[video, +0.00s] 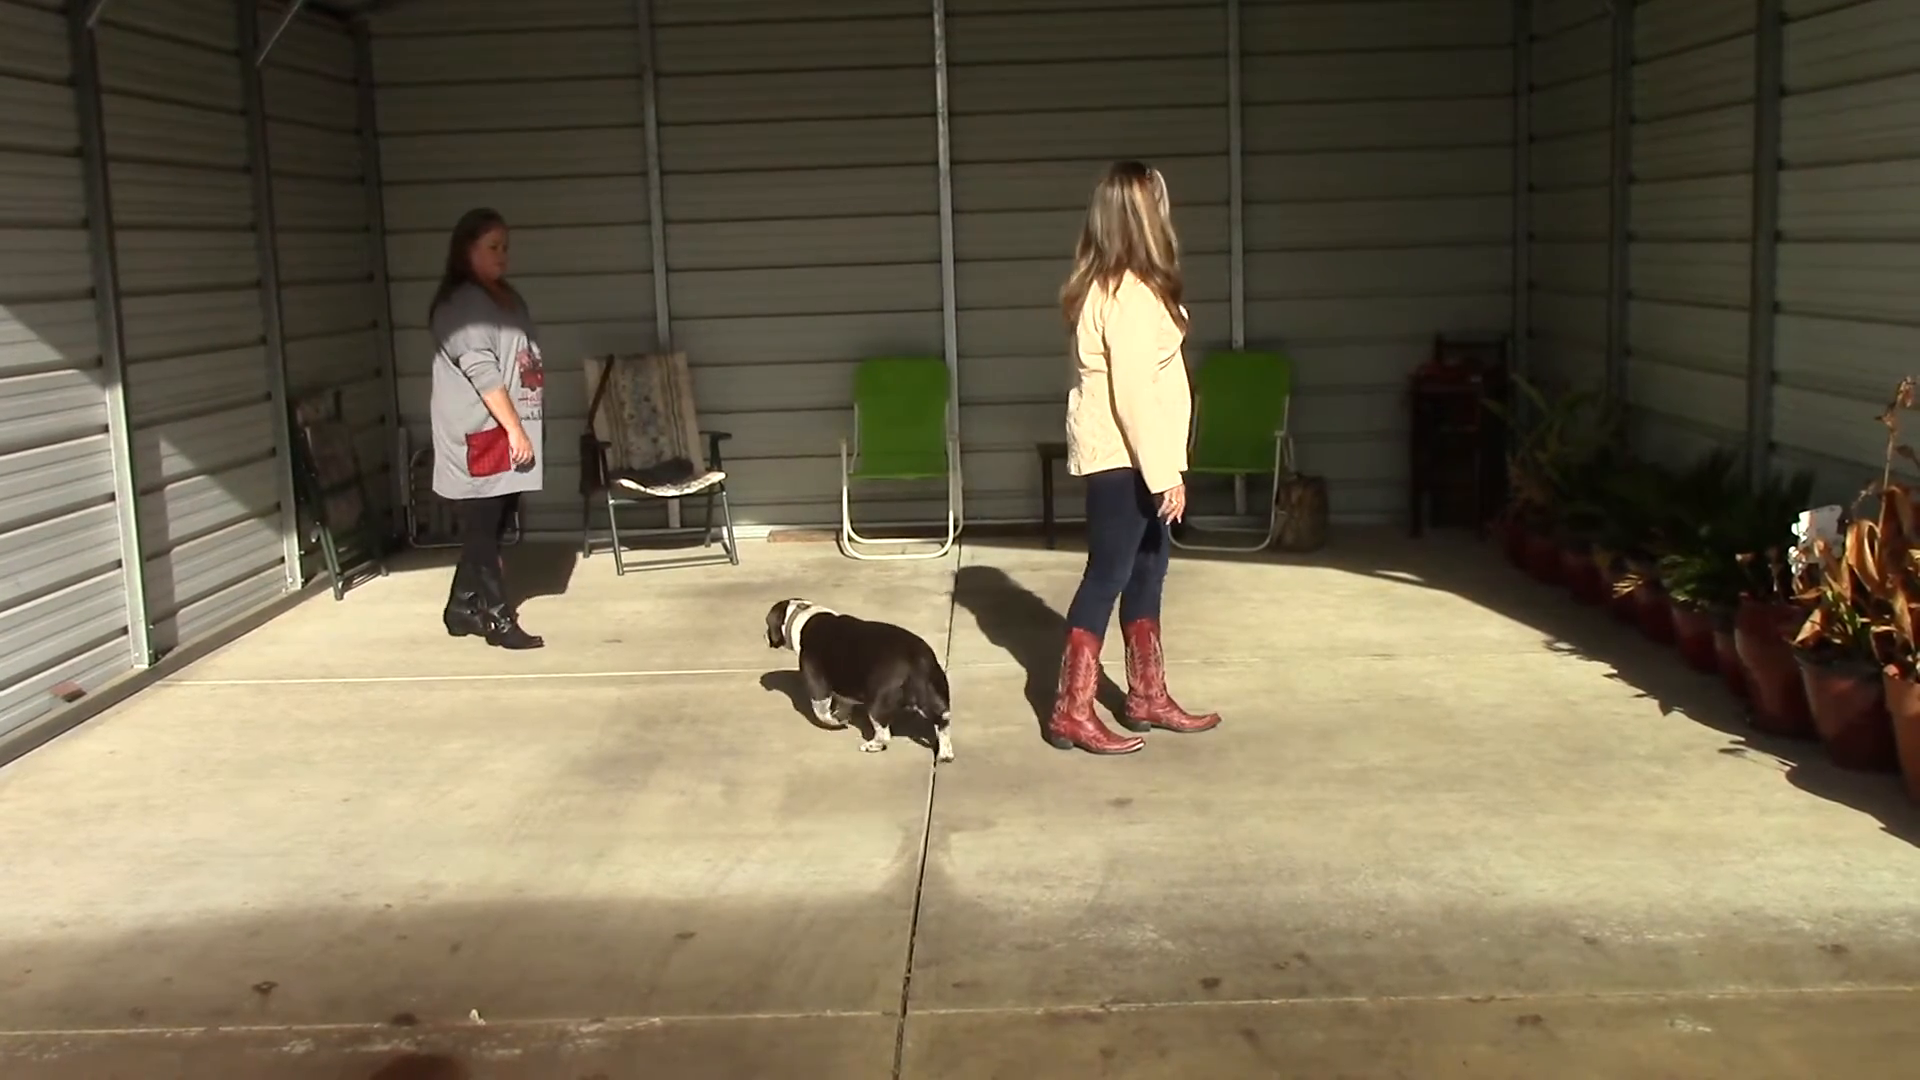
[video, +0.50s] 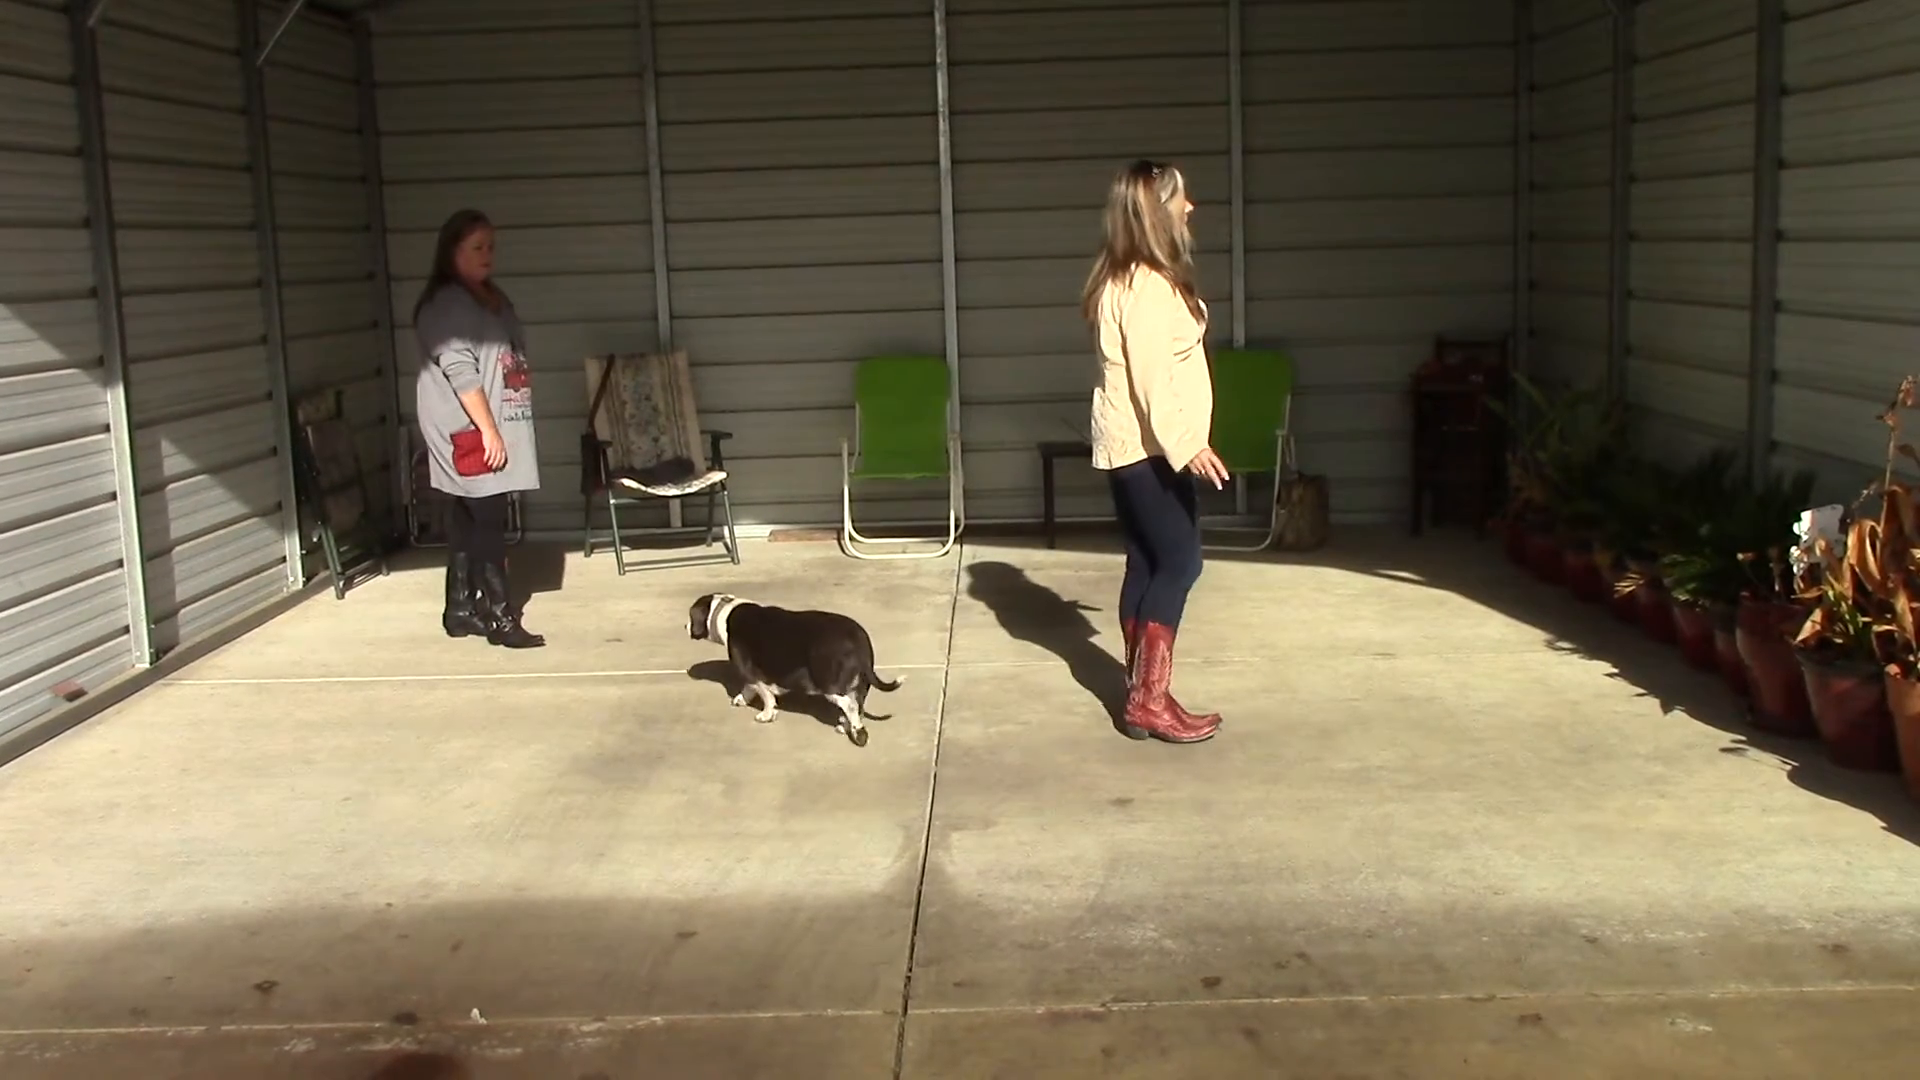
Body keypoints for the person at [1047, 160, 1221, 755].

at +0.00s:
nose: (1168, 219)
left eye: (1163, 208)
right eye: (1162, 210)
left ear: (1107, 217)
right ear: (1148, 218)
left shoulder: (1126, 286)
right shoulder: (1126, 292)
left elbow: (1147, 390)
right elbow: (1134, 397)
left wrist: (1171, 466)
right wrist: (1164, 477)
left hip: (1139, 451)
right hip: (1116, 454)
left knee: (1149, 564)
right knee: (1110, 570)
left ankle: (1147, 696)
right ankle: (1071, 710)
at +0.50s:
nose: (1190, 211)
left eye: (1187, 202)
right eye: (1182, 204)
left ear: (1137, 213)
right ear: (1157, 212)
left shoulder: (1129, 277)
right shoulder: (1145, 282)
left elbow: (1139, 375)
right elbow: (1151, 378)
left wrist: (1182, 433)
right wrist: (1183, 443)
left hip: (1131, 446)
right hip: (1143, 447)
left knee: (1145, 560)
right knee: (1180, 557)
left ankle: (1142, 692)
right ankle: (1149, 697)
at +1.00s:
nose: (1204, 205)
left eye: (1201, 196)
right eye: (1195, 197)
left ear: (1152, 207)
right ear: (1172, 207)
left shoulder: (1137, 273)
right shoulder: (1165, 275)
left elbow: (1162, 363)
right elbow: (1171, 363)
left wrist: (1218, 399)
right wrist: (1217, 406)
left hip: (1141, 440)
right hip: (1161, 442)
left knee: (1155, 561)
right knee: (1168, 562)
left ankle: (1146, 694)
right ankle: (1151, 700)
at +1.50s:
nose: (1219, 210)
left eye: (1216, 200)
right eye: (1211, 201)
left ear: (1164, 209)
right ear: (1186, 210)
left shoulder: (1148, 276)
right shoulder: (1167, 282)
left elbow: (1172, 366)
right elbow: (1174, 371)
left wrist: (1230, 384)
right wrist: (1236, 396)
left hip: (1150, 442)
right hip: (1171, 443)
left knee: (1164, 559)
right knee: (1188, 562)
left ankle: (1149, 691)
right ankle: (1156, 698)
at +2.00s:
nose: (1216, 209)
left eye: (1214, 198)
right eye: (1209, 199)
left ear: (1165, 206)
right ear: (1184, 206)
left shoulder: (1144, 271)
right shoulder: (1175, 272)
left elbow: (1167, 358)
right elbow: (1181, 356)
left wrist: (1237, 376)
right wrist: (1243, 382)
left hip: (1142, 439)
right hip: (1170, 440)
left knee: (1160, 558)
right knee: (1191, 559)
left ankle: (1150, 691)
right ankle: (1156, 698)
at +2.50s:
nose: (1220, 205)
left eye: (1217, 195)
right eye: (1211, 196)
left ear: (1169, 204)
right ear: (1186, 205)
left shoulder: (1151, 272)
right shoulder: (1169, 277)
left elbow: (1178, 364)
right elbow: (1176, 366)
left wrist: (1233, 391)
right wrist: (1233, 400)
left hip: (1150, 438)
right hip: (1169, 440)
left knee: (1159, 559)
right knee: (1181, 561)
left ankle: (1148, 693)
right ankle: (1155, 699)